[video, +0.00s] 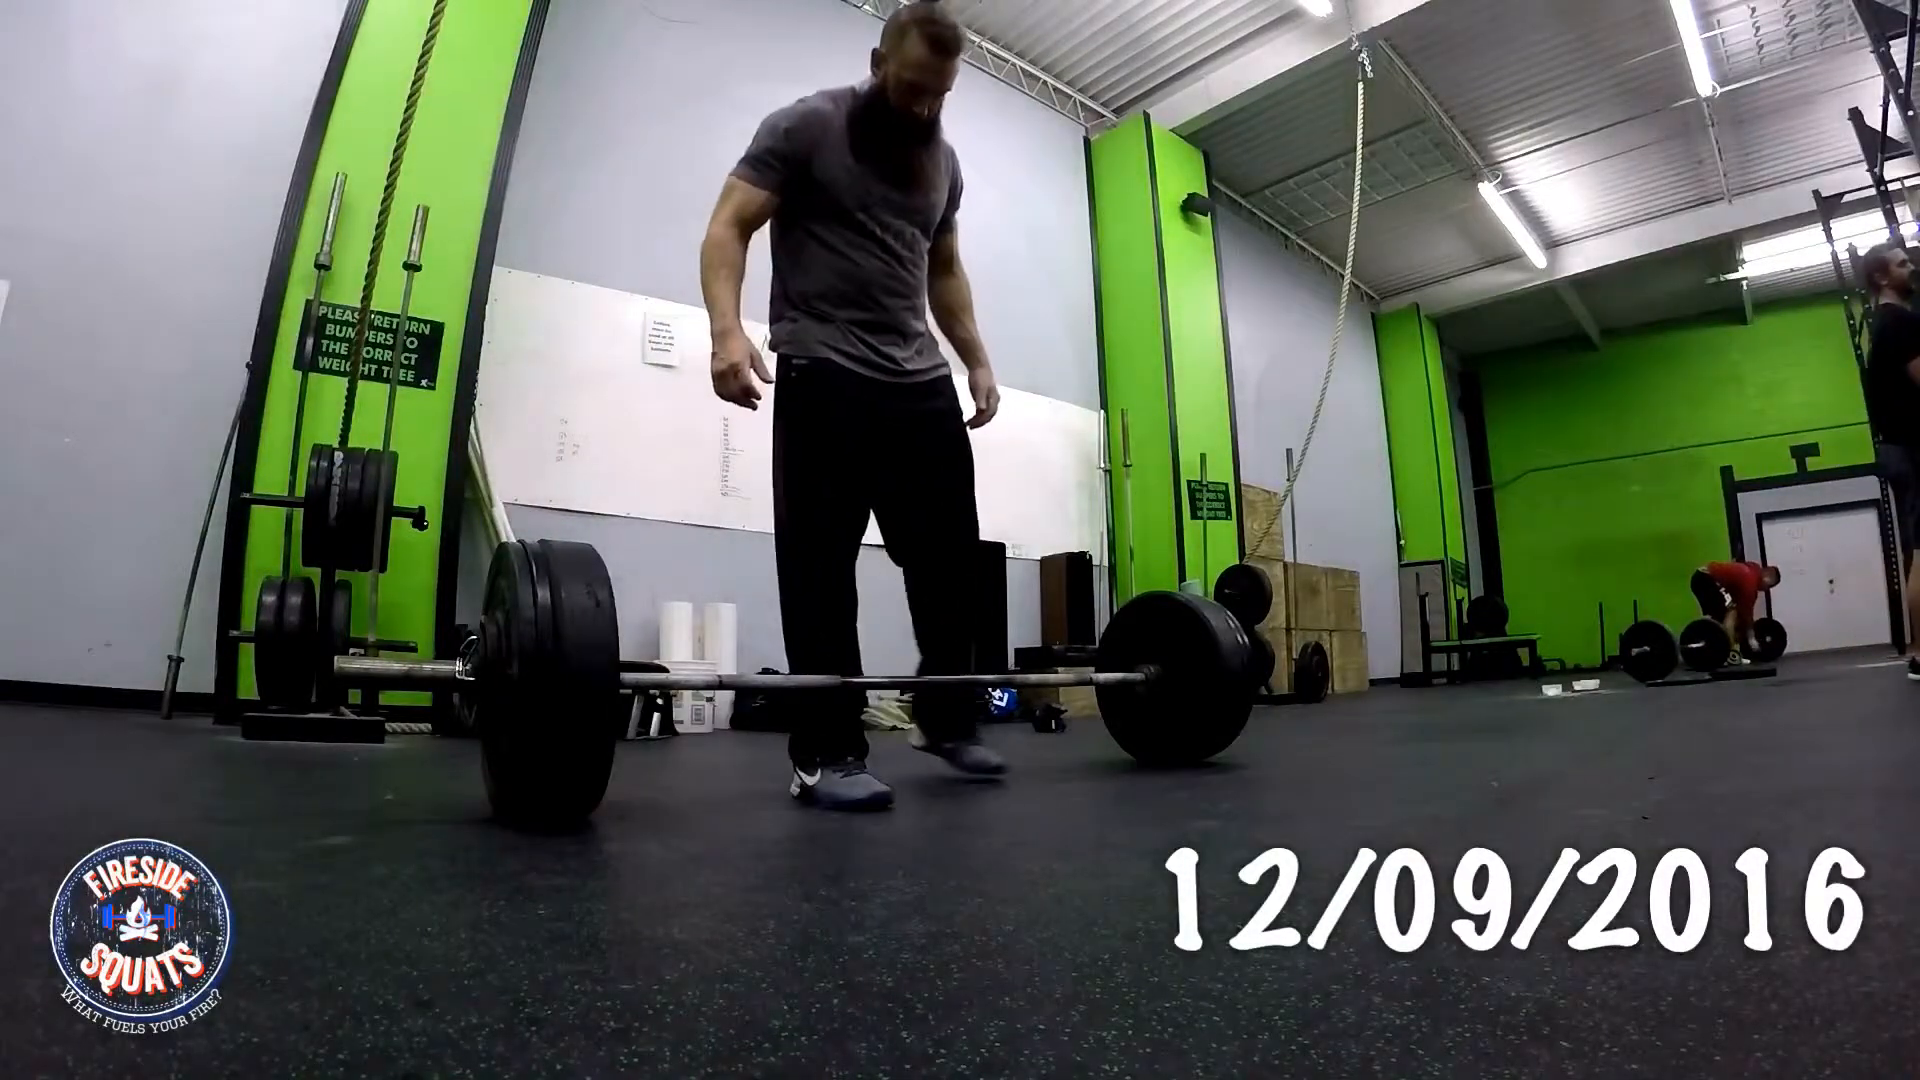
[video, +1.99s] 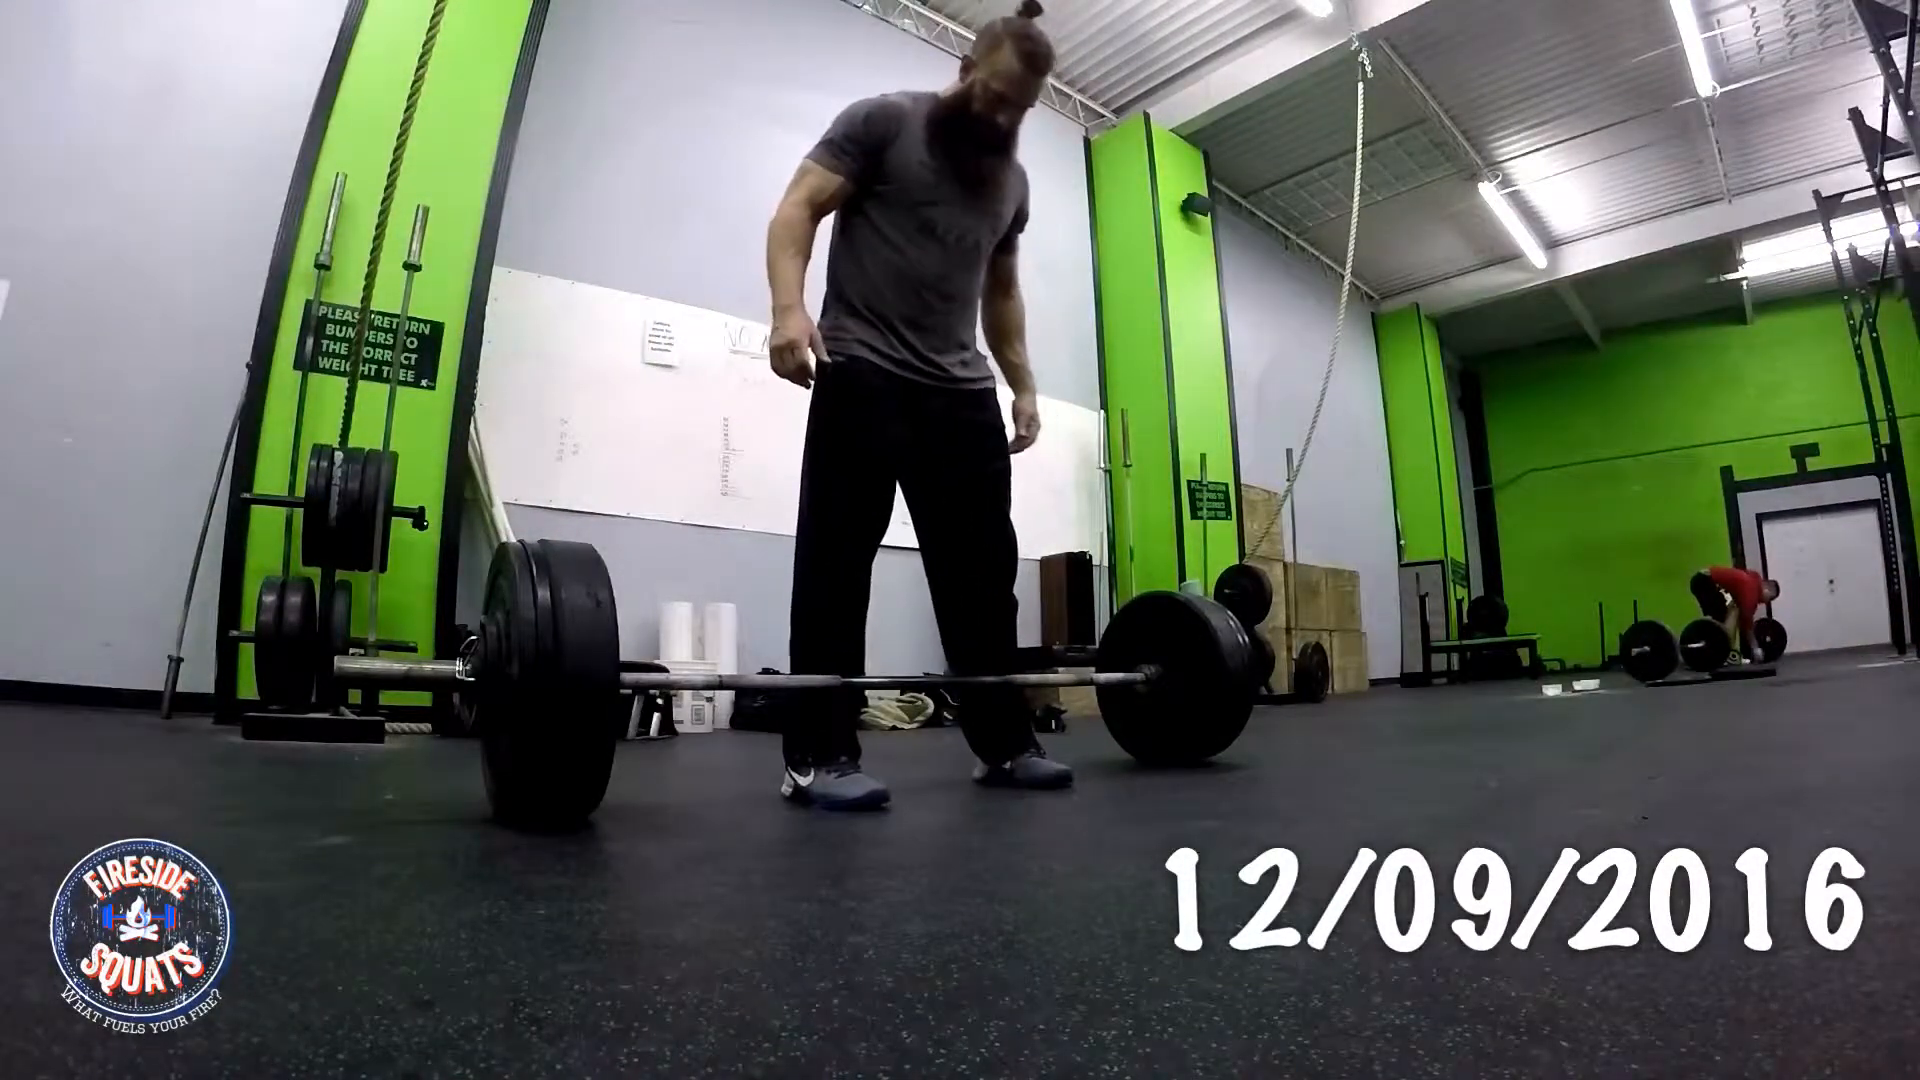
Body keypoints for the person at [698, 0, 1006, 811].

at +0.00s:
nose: (927, 104)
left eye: (940, 91)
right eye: (914, 87)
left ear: (953, 77)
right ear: (880, 60)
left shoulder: (941, 158)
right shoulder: (807, 126)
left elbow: (945, 269)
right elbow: (729, 226)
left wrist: (977, 361)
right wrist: (726, 329)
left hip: (916, 383)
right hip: (820, 377)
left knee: (947, 556)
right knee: (820, 569)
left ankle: (950, 725)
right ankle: (826, 758)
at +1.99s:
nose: (1002, 115)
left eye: (1017, 105)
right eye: (994, 96)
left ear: (1036, 97)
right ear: (966, 69)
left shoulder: (1012, 183)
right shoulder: (884, 122)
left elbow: (1001, 289)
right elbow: (796, 213)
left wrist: (1023, 386)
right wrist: (788, 312)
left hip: (959, 390)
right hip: (859, 374)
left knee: (980, 568)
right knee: (835, 566)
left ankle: (1004, 747)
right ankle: (819, 758)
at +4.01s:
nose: (970, 54)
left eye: (977, 50)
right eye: (952, 43)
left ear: (981, 77)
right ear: (913, 66)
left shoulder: (997, 171)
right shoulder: (871, 125)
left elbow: (1011, 277)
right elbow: (788, 215)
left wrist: (1033, 343)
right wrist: (819, 292)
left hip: (976, 382)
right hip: (875, 366)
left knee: (987, 564)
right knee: (846, 561)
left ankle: (1003, 747)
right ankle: (821, 759)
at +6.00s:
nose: (1144, 474)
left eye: (1154, 468)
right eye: (1146, 463)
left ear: (1124, 422)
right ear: (1122, 423)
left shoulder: (1118, 442)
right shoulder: (1022, 354)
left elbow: (1134, 548)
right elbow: (880, 415)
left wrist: (1116, 651)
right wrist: (934, 527)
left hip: (968, 442)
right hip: (871, 404)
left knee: (1025, 558)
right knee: (859, 545)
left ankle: (1008, 746)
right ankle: (818, 760)